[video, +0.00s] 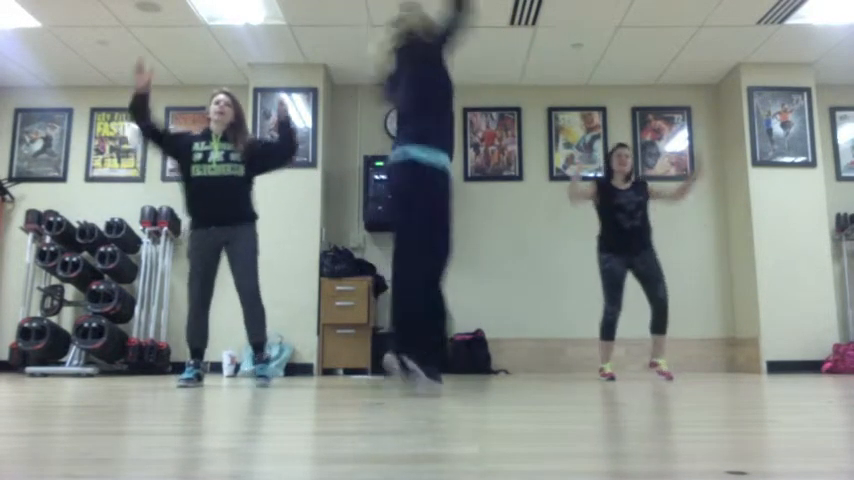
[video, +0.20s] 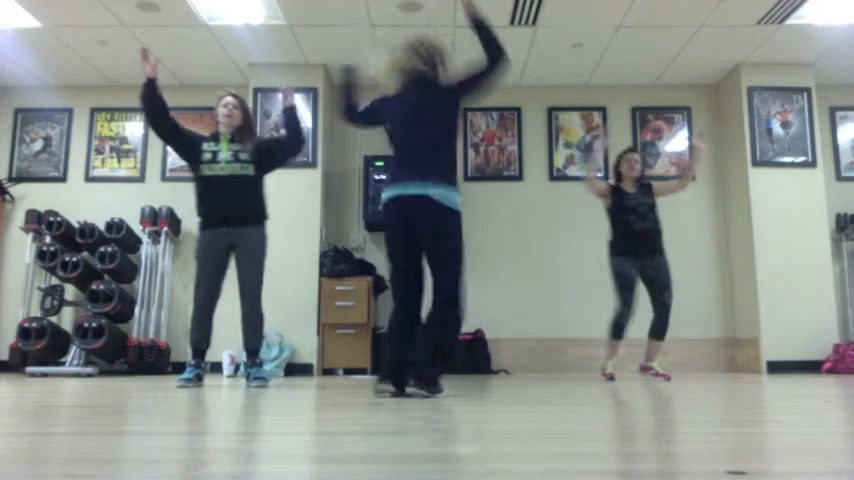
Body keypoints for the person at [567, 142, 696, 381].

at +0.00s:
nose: (624, 160)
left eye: (627, 156)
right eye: (619, 156)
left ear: (632, 161)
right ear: (610, 161)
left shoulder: (642, 187)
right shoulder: (600, 187)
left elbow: (675, 194)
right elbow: (575, 195)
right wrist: (575, 178)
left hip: (642, 252)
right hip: (612, 253)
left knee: (660, 302)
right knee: (612, 307)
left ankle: (657, 359)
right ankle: (605, 364)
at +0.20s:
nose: (634, 165)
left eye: (637, 162)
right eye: (629, 161)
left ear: (641, 167)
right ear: (619, 166)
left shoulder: (649, 188)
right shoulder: (611, 191)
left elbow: (681, 183)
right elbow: (592, 184)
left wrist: (696, 155)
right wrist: (596, 155)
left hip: (652, 255)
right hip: (624, 256)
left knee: (663, 306)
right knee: (625, 306)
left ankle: (650, 362)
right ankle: (609, 362)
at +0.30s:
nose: (643, 164)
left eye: (646, 160)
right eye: (639, 160)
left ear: (649, 164)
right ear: (629, 164)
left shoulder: (653, 184)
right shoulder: (621, 188)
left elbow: (677, 180)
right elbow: (616, 173)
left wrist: (672, 164)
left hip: (658, 250)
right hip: (633, 250)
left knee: (663, 302)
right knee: (654, 298)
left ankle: (650, 361)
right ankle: (630, 354)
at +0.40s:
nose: (642, 161)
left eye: (645, 156)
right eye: (637, 156)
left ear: (651, 160)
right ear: (628, 159)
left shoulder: (651, 178)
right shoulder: (626, 182)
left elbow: (662, 161)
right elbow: (632, 162)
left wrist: (656, 144)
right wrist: (629, 144)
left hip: (654, 242)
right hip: (635, 243)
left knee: (661, 293)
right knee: (658, 291)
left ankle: (650, 353)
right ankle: (647, 353)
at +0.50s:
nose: (662, 152)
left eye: (661, 148)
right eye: (656, 148)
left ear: (637, 152)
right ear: (648, 150)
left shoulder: (649, 172)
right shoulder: (641, 171)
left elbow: (664, 156)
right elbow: (658, 147)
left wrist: (646, 129)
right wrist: (657, 134)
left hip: (641, 240)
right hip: (648, 240)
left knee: (659, 297)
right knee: (664, 297)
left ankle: (649, 356)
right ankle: (660, 360)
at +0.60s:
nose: (664, 165)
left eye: (661, 158)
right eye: (660, 159)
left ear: (632, 160)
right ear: (652, 160)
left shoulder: (627, 182)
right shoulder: (654, 175)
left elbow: (638, 157)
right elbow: (679, 156)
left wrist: (643, 136)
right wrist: (665, 137)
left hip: (634, 247)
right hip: (658, 247)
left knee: (657, 303)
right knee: (670, 303)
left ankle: (650, 360)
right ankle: (661, 363)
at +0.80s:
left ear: (634, 148)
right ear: (662, 148)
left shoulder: (629, 166)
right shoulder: (669, 168)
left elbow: (609, 156)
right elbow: (677, 159)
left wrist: (603, 141)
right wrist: (669, 141)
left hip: (635, 235)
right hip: (666, 233)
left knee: (644, 296)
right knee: (665, 294)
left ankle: (652, 358)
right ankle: (668, 354)